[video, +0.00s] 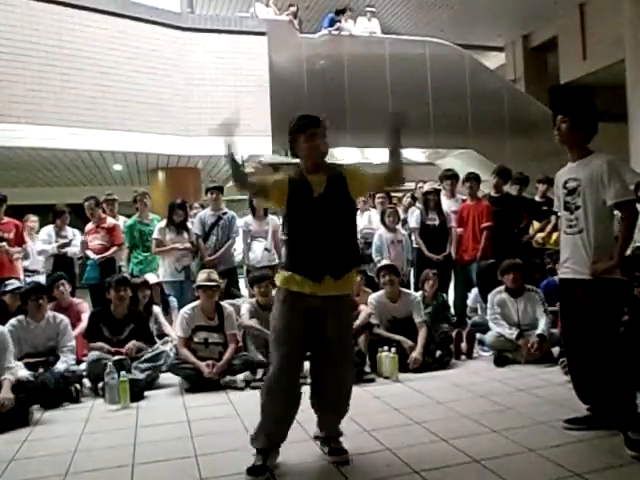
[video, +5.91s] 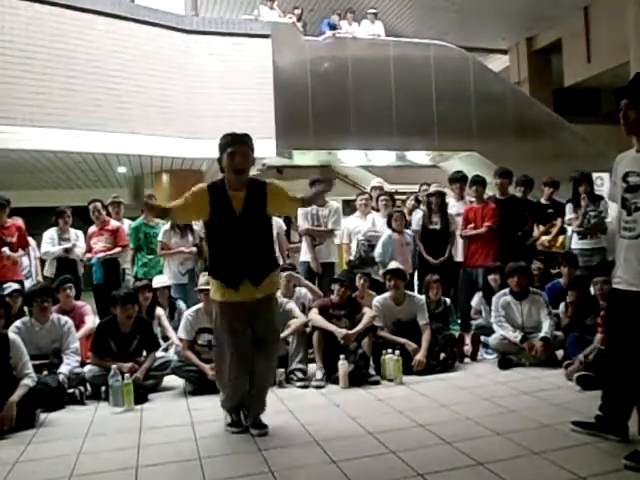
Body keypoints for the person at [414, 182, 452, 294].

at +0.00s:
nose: (433, 200)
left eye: (435, 196)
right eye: (430, 196)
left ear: (439, 198)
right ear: (425, 198)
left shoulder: (444, 214)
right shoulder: (419, 214)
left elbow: (449, 233)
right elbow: (416, 235)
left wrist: (447, 251)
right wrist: (428, 254)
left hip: (442, 256)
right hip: (425, 256)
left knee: (442, 290)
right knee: (423, 288)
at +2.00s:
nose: (432, 198)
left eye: (435, 194)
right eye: (428, 194)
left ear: (438, 197)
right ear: (424, 196)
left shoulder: (444, 214)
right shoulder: (418, 214)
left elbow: (449, 233)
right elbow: (416, 236)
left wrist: (447, 251)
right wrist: (428, 254)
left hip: (443, 257)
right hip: (425, 257)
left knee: (444, 288)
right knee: (424, 288)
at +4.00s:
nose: (437, 200)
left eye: (440, 197)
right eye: (434, 196)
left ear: (443, 199)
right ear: (429, 199)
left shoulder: (449, 216)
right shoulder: (423, 216)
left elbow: (454, 236)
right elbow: (421, 238)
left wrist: (452, 253)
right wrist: (433, 256)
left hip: (447, 258)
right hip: (429, 258)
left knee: (448, 291)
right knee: (429, 290)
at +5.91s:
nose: (435, 200)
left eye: (438, 196)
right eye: (432, 196)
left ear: (442, 200)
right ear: (428, 199)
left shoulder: (449, 218)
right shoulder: (422, 217)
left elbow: (452, 238)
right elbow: (417, 239)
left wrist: (445, 256)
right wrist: (427, 257)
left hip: (444, 261)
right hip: (426, 261)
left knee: (444, 293)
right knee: (425, 293)